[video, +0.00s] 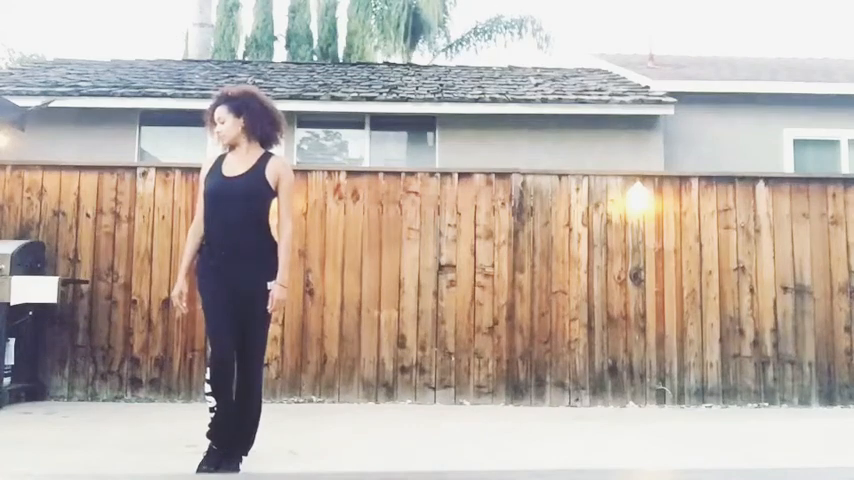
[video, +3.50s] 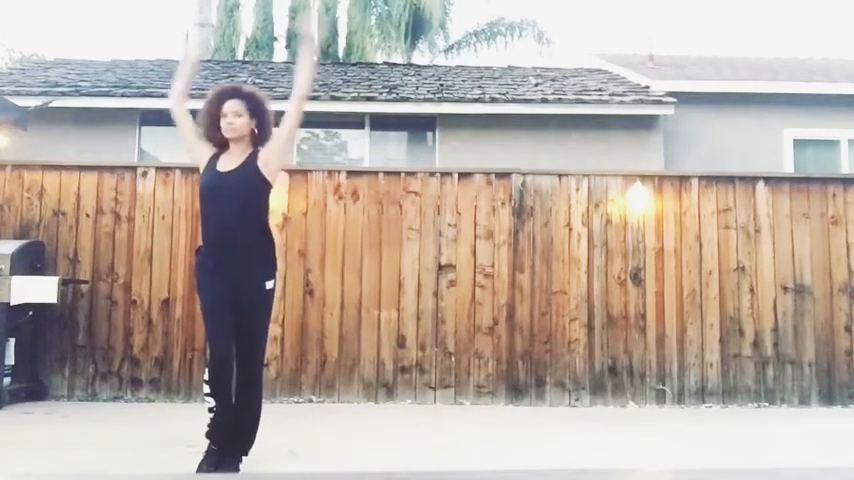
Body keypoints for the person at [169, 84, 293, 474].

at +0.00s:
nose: (215, 129)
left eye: (221, 121)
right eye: (213, 122)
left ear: (245, 119)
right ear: (220, 125)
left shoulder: (276, 164)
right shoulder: (214, 164)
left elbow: (286, 226)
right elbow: (199, 223)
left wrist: (281, 279)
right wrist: (182, 275)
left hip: (256, 273)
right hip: (214, 270)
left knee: (249, 361)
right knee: (221, 355)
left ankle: (237, 449)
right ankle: (220, 443)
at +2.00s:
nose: (209, 130)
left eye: (215, 122)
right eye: (207, 124)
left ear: (238, 120)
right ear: (217, 125)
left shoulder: (272, 163)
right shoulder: (210, 165)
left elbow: (294, 217)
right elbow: (188, 220)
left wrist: (303, 264)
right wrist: (157, 257)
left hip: (255, 273)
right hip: (212, 270)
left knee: (248, 360)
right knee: (217, 355)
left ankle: (237, 449)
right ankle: (218, 445)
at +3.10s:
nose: (215, 130)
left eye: (221, 122)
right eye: (213, 124)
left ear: (245, 120)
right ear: (217, 125)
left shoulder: (274, 165)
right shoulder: (213, 162)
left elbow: (314, 203)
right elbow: (177, 203)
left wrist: (351, 241)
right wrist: (137, 243)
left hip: (256, 272)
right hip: (212, 270)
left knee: (250, 362)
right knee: (220, 355)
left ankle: (237, 450)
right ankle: (219, 444)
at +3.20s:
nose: (215, 129)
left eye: (221, 121)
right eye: (213, 122)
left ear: (245, 121)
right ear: (214, 124)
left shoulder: (272, 163)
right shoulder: (211, 162)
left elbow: (328, 183)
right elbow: (161, 185)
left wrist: (372, 202)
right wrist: (115, 209)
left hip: (256, 273)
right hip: (212, 270)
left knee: (250, 362)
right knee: (221, 355)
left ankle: (236, 451)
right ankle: (218, 443)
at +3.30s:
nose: (219, 126)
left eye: (226, 118)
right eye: (216, 120)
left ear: (248, 120)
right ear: (214, 123)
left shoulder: (272, 159)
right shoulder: (215, 160)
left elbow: (324, 150)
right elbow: (172, 156)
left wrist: (362, 140)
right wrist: (135, 151)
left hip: (255, 271)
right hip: (212, 268)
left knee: (250, 360)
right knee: (220, 353)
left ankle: (235, 449)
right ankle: (219, 442)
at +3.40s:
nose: (224, 122)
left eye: (232, 116)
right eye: (220, 117)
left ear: (253, 119)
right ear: (216, 123)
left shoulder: (270, 157)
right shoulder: (210, 156)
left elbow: (312, 119)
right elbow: (164, 122)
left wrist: (353, 76)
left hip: (256, 270)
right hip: (213, 268)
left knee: (251, 361)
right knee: (221, 354)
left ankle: (237, 451)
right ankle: (218, 445)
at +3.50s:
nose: (230, 120)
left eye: (237, 114)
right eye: (224, 115)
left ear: (254, 121)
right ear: (217, 122)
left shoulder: (269, 158)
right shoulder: (208, 158)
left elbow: (299, 99)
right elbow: (176, 104)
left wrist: (309, 42)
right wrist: (193, 53)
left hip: (256, 269)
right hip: (212, 268)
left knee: (249, 362)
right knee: (220, 353)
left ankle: (237, 451)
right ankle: (218, 444)